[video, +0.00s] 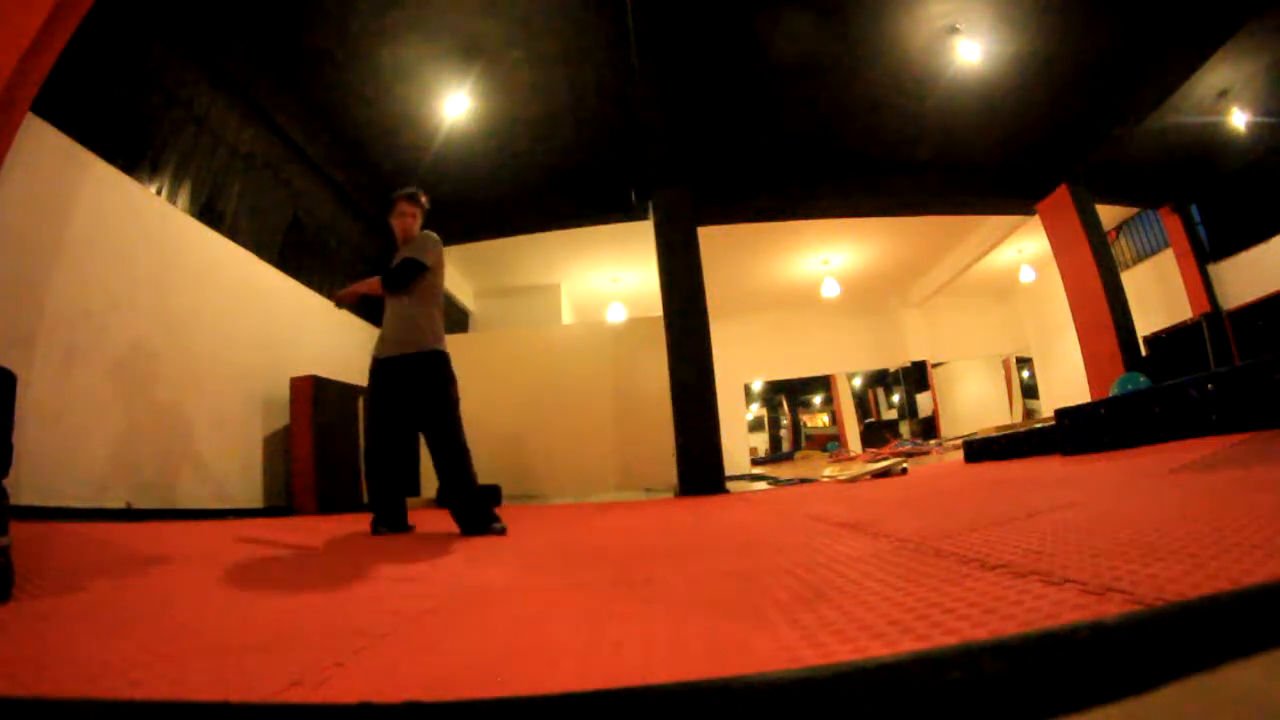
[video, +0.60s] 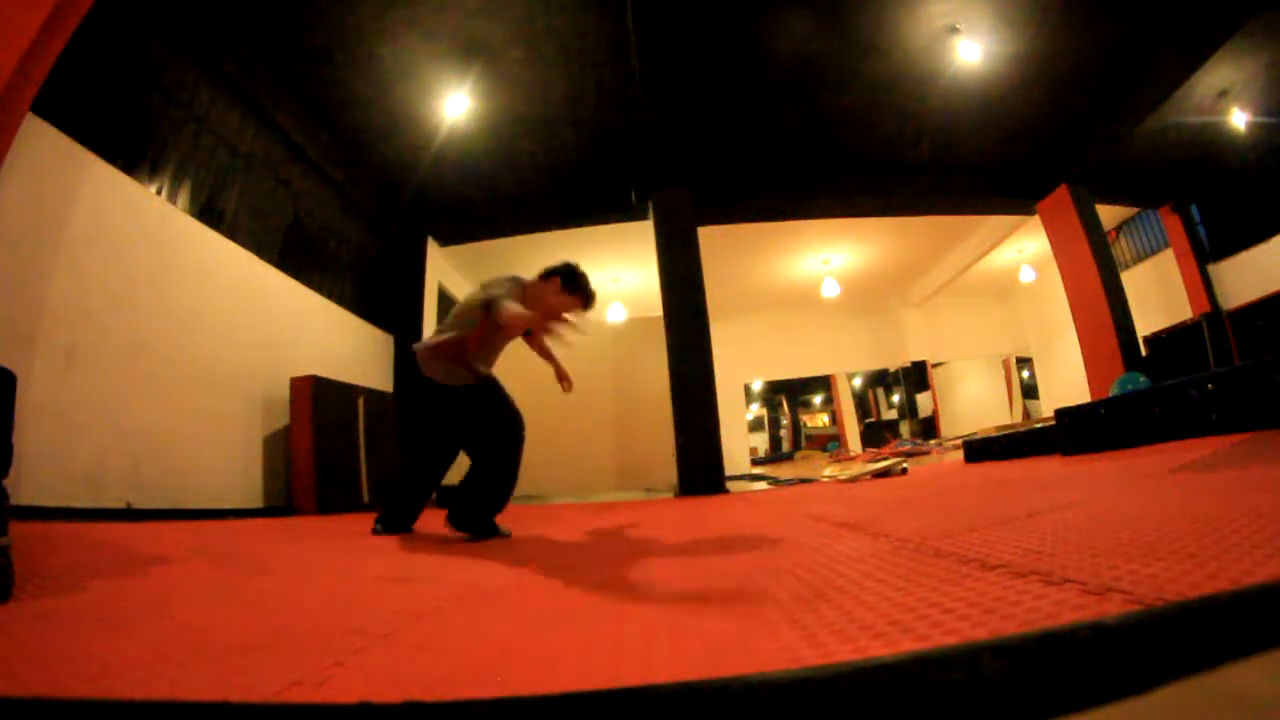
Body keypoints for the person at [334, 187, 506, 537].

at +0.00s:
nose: (406, 221)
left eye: (413, 216)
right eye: (401, 215)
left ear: (422, 221)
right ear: (390, 219)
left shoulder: (428, 242)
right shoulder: (393, 261)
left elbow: (400, 281)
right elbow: (393, 314)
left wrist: (358, 288)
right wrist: (357, 299)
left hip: (426, 358)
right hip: (388, 362)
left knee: (447, 443)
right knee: (386, 445)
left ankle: (474, 518)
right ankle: (390, 518)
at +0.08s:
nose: (410, 220)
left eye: (417, 214)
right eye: (404, 213)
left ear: (428, 218)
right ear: (395, 217)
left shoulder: (432, 241)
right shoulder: (398, 258)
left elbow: (402, 279)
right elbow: (399, 304)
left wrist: (358, 284)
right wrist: (362, 292)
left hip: (429, 358)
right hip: (392, 361)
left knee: (447, 442)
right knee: (386, 444)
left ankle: (473, 517)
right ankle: (389, 517)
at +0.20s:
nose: (427, 218)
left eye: (434, 212)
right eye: (422, 211)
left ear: (443, 216)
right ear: (411, 213)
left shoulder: (449, 242)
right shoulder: (404, 257)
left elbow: (432, 271)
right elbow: (407, 305)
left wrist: (377, 271)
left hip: (439, 361)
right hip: (399, 361)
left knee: (451, 443)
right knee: (391, 443)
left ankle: (473, 517)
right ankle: (391, 516)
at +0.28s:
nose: (446, 220)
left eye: (452, 215)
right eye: (440, 212)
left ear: (458, 218)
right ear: (424, 210)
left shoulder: (461, 245)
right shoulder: (406, 252)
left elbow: (489, 268)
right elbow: (398, 298)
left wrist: (475, 271)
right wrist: (375, 324)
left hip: (448, 361)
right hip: (404, 362)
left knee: (459, 444)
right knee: (394, 444)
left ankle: (473, 517)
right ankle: (390, 516)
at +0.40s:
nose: (483, 231)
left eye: (490, 227)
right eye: (481, 222)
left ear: (491, 228)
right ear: (461, 210)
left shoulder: (490, 256)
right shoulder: (418, 245)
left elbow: (534, 276)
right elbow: (369, 266)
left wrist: (580, 291)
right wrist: (323, 273)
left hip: (464, 364)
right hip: (415, 363)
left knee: (477, 438)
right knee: (403, 444)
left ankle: (478, 516)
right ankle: (390, 517)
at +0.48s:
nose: (515, 253)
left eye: (521, 248)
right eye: (515, 243)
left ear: (519, 244)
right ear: (496, 228)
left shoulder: (505, 267)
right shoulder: (443, 248)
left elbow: (534, 288)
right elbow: (381, 247)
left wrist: (568, 308)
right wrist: (321, 234)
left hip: (470, 366)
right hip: (423, 365)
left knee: (494, 427)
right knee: (415, 444)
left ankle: (475, 512)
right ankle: (391, 517)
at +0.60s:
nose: (560, 316)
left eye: (566, 312)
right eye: (564, 307)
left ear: (552, 285)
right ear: (552, 284)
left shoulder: (527, 304)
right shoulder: (505, 288)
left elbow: (533, 337)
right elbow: (508, 316)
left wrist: (556, 366)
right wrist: (538, 320)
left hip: (472, 376)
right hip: (433, 371)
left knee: (506, 432)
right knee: (436, 445)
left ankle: (472, 514)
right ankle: (396, 516)